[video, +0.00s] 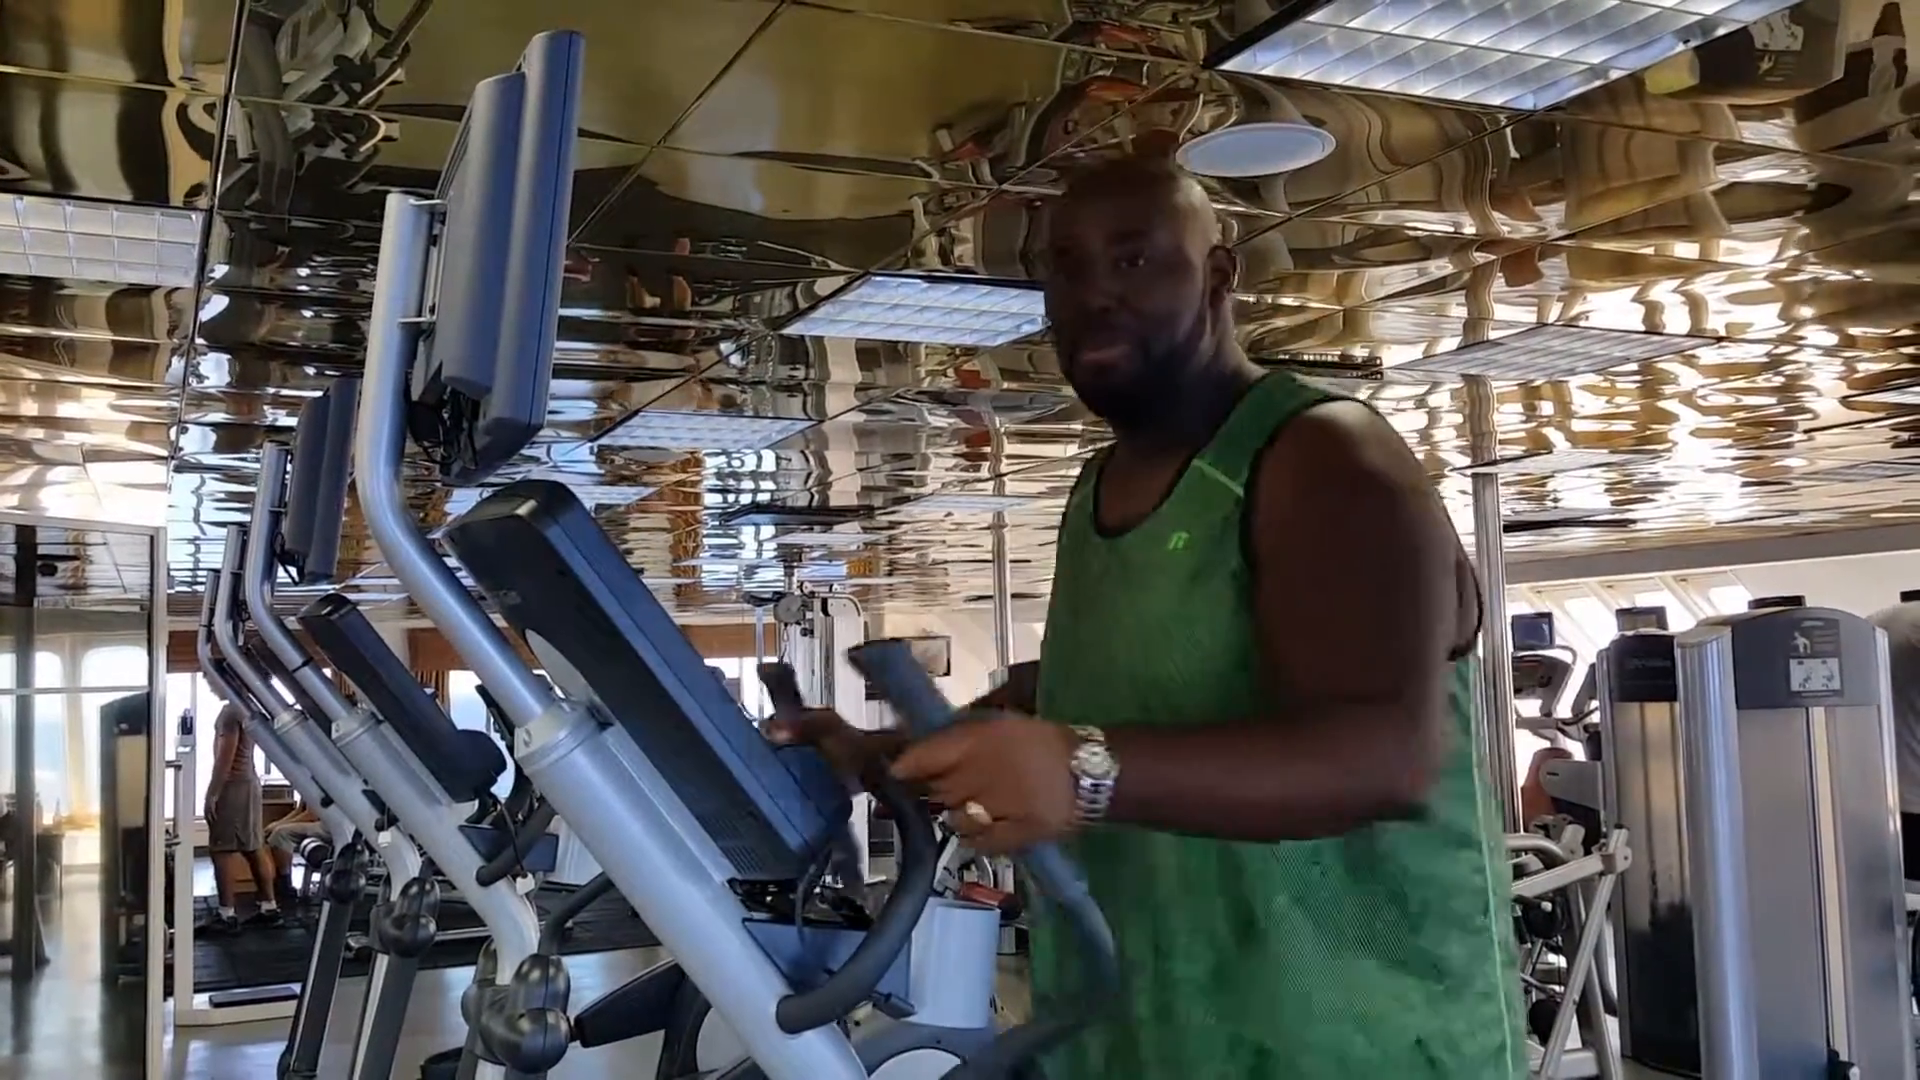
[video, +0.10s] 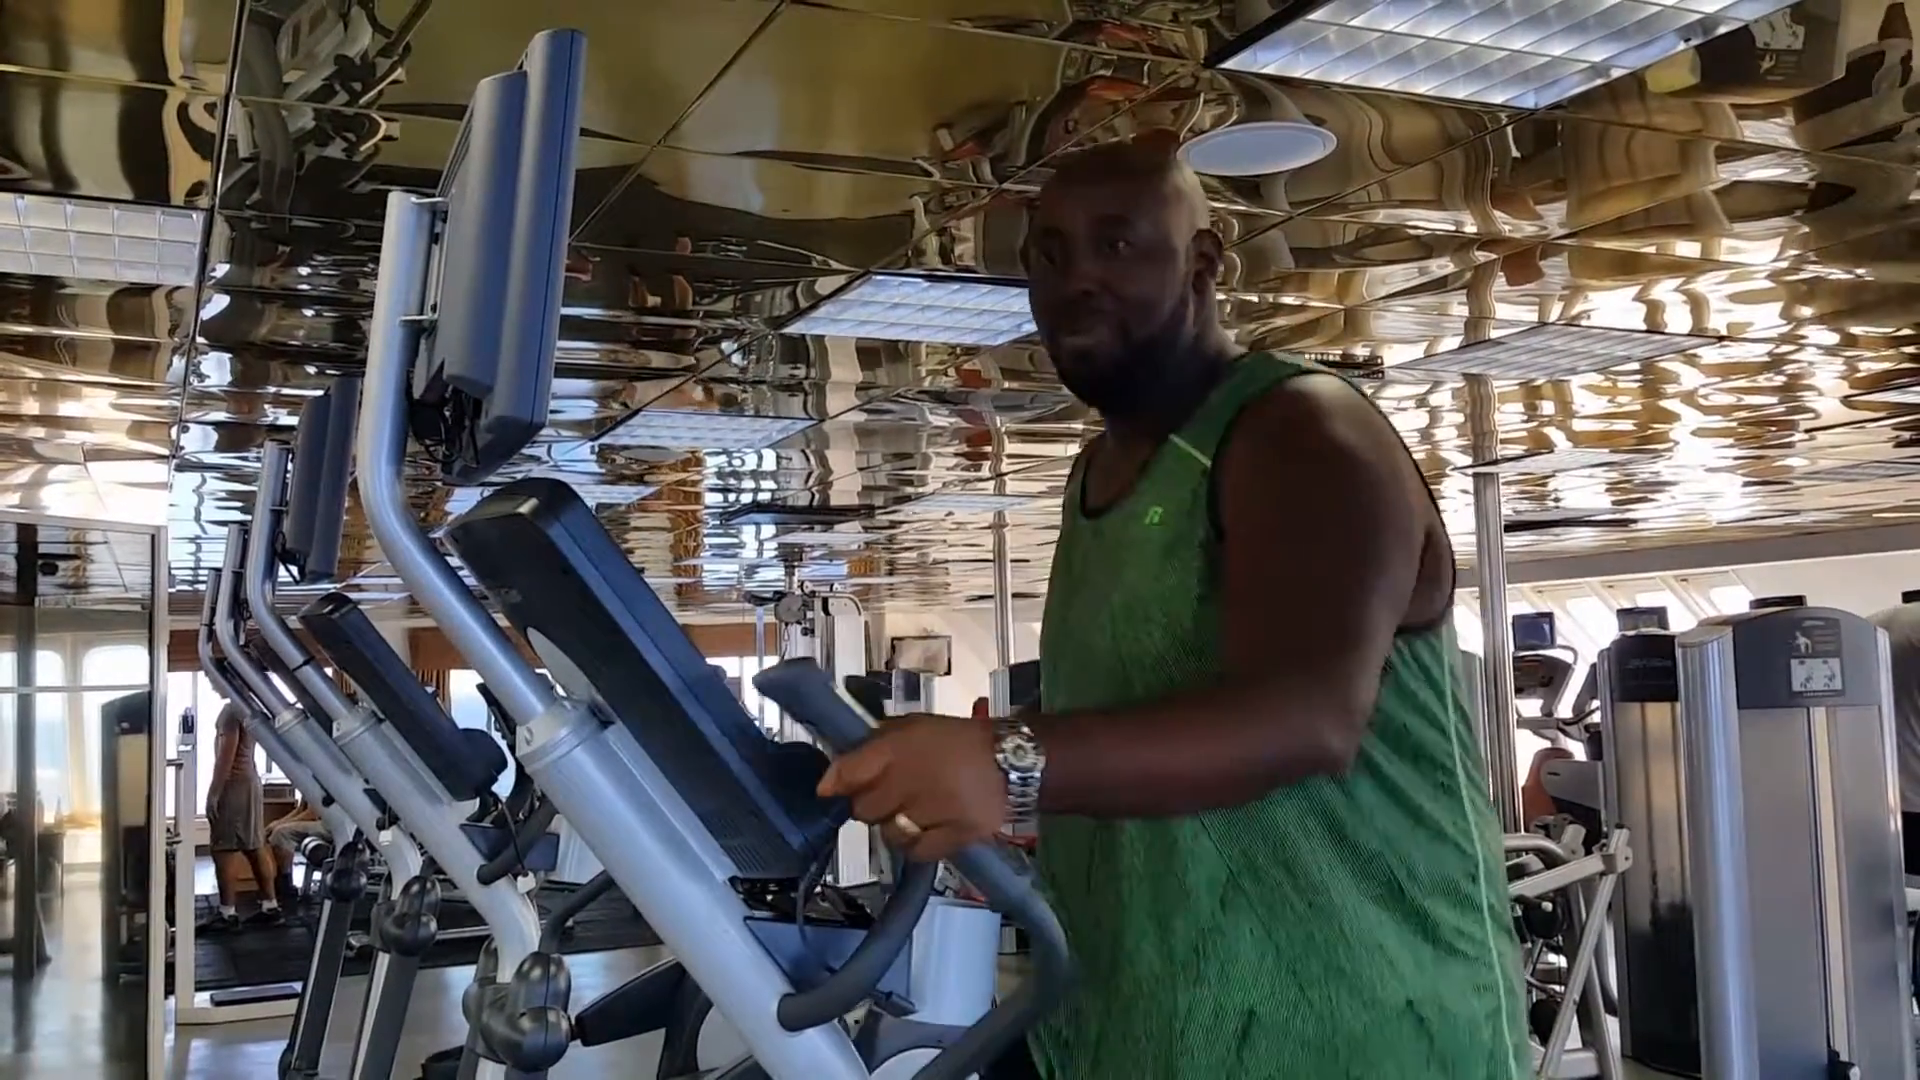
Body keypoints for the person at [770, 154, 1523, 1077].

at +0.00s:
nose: (1091, 296)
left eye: (1133, 258)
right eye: (1064, 269)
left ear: (1221, 277)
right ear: (1044, 297)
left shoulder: (1336, 463)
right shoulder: (1102, 490)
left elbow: (1389, 751)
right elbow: (1107, 719)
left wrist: (1092, 774)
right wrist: (901, 757)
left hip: (1345, 1037)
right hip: (1134, 1029)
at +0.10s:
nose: (1076, 283)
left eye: (1118, 245)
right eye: (1051, 253)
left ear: (1205, 266)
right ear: (1027, 279)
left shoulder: (1311, 430)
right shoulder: (1104, 467)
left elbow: (1310, 714)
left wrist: (1015, 764)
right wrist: (1026, 797)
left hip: (1336, 1023)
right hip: (1143, 1013)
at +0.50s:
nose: (1054, 261)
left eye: (1097, 232)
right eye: (1024, 239)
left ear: (1172, 268)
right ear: (998, 284)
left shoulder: (1282, 433)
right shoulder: (1048, 489)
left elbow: (1389, 704)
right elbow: (1046, 709)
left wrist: (1136, 768)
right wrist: (847, 747)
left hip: (1314, 992)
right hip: (1126, 996)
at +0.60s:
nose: (1071, 279)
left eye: (1110, 246)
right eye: (1041, 257)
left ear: (1187, 281)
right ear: (1016, 302)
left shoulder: (1299, 451)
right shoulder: (1041, 510)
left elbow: (1483, 715)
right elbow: (973, 718)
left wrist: (1253, 803)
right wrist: (761, 741)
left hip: (1317, 988)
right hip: (1122, 999)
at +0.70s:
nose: (1088, 252)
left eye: (1128, 217)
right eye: (1054, 232)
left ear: (1200, 246)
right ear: (1027, 279)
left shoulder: (1319, 425)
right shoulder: (1035, 487)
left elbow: (1529, 671)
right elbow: (941, 674)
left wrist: (1337, 833)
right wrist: (741, 732)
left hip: (1306, 990)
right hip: (1107, 995)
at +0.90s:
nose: (1104, 187)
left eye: (1145, 153)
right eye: (1068, 165)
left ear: (1213, 190)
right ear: (1040, 216)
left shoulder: (1328, 358)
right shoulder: (1036, 435)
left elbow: (1533, 620)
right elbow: (928, 627)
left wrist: (1331, 805)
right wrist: (727, 728)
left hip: (1364, 1003)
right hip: (1143, 1002)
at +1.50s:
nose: (1067, 208)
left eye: (1112, 177)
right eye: (1037, 183)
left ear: (1191, 220)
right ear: (1009, 219)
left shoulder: (1295, 377)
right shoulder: (1067, 431)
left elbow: (1318, 648)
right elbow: (1066, 662)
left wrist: (1041, 758)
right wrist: (959, 759)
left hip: (1318, 998)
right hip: (1136, 987)